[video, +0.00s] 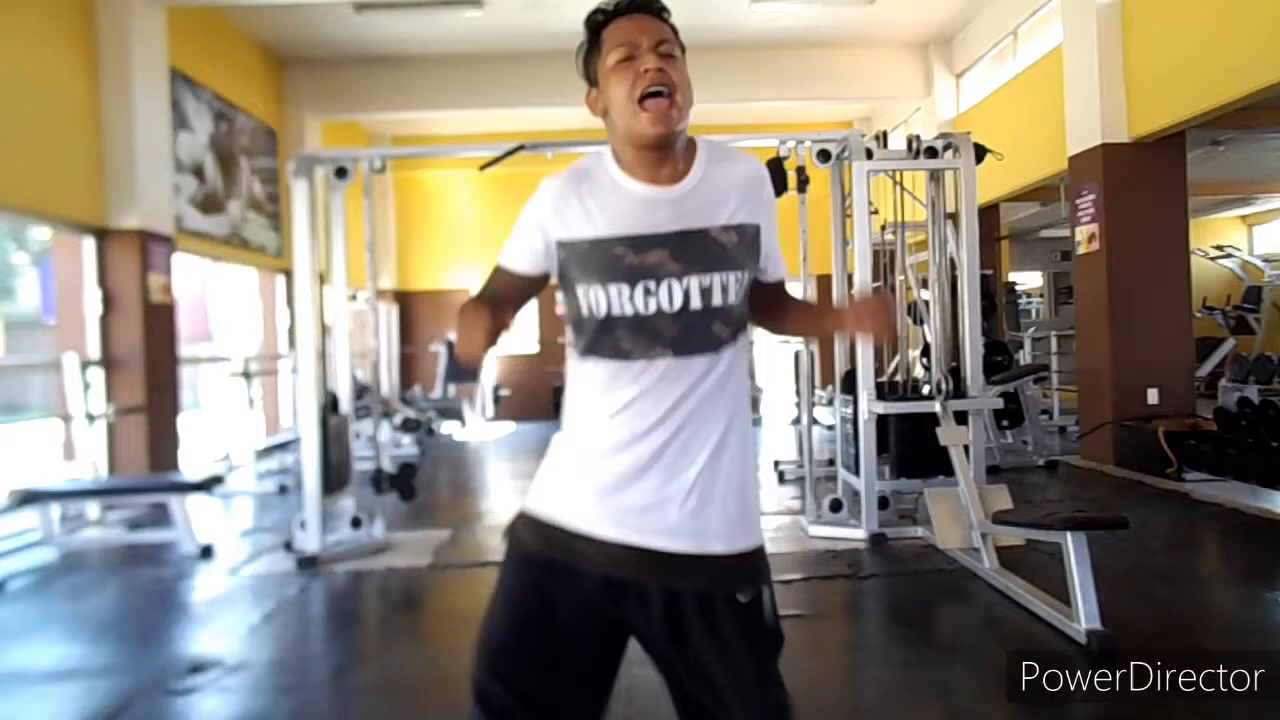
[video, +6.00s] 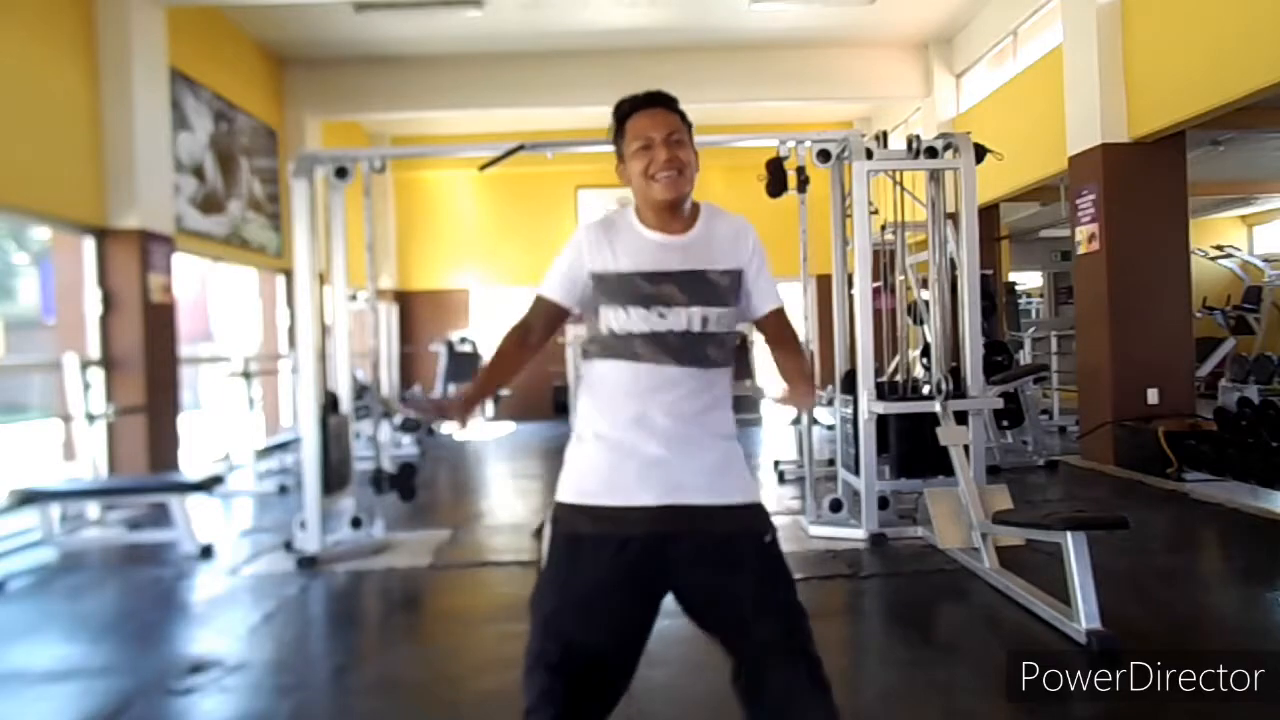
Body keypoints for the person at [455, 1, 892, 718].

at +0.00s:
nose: (654, 64)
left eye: (666, 51)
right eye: (626, 58)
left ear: (690, 81)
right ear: (596, 100)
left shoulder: (742, 179)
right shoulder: (563, 198)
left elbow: (763, 300)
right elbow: (492, 303)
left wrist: (840, 318)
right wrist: (475, 338)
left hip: (710, 540)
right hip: (573, 528)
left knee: (751, 712)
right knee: (511, 704)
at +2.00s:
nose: (658, 224)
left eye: (667, 212)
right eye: (647, 212)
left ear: (675, 203)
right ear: (615, 196)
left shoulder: (683, 253)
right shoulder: (572, 249)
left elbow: (699, 333)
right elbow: (530, 325)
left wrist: (734, 315)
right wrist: (548, 322)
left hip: (670, 452)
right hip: (582, 449)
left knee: (705, 584)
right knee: (526, 576)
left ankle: (740, 671)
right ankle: (514, 687)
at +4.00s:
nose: (639, 167)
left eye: (649, 155)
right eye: (626, 159)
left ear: (674, 163)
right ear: (611, 172)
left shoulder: (707, 230)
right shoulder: (586, 232)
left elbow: (738, 325)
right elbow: (556, 324)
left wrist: (748, 414)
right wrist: (548, 414)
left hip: (692, 448)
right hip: (600, 451)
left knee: (733, 578)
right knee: (574, 598)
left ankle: (753, 694)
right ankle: (565, 708)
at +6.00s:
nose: (666, 156)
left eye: (676, 141)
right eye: (646, 147)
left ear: (696, 152)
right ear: (623, 169)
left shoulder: (735, 239)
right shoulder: (594, 243)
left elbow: (776, 327)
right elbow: (535, 329)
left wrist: (799, 379)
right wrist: (474, 393)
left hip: (715, 496)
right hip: (603, 498)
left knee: (786, 671)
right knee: (561, 686)